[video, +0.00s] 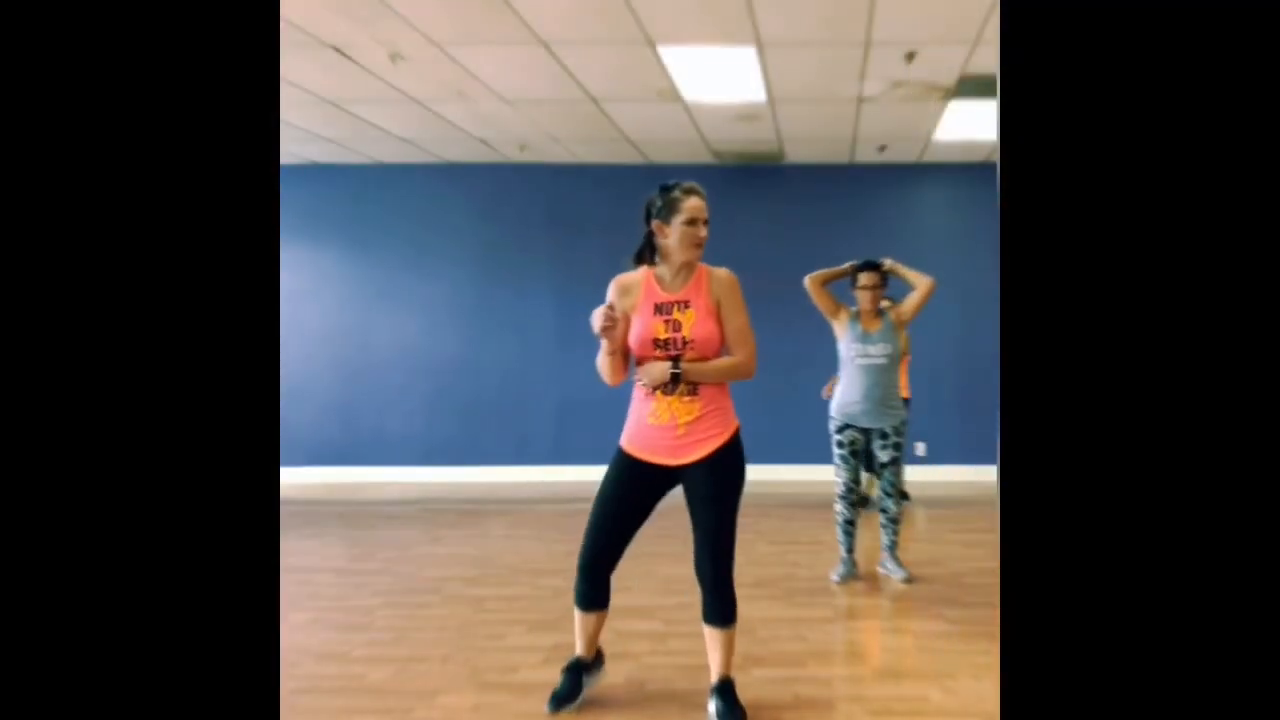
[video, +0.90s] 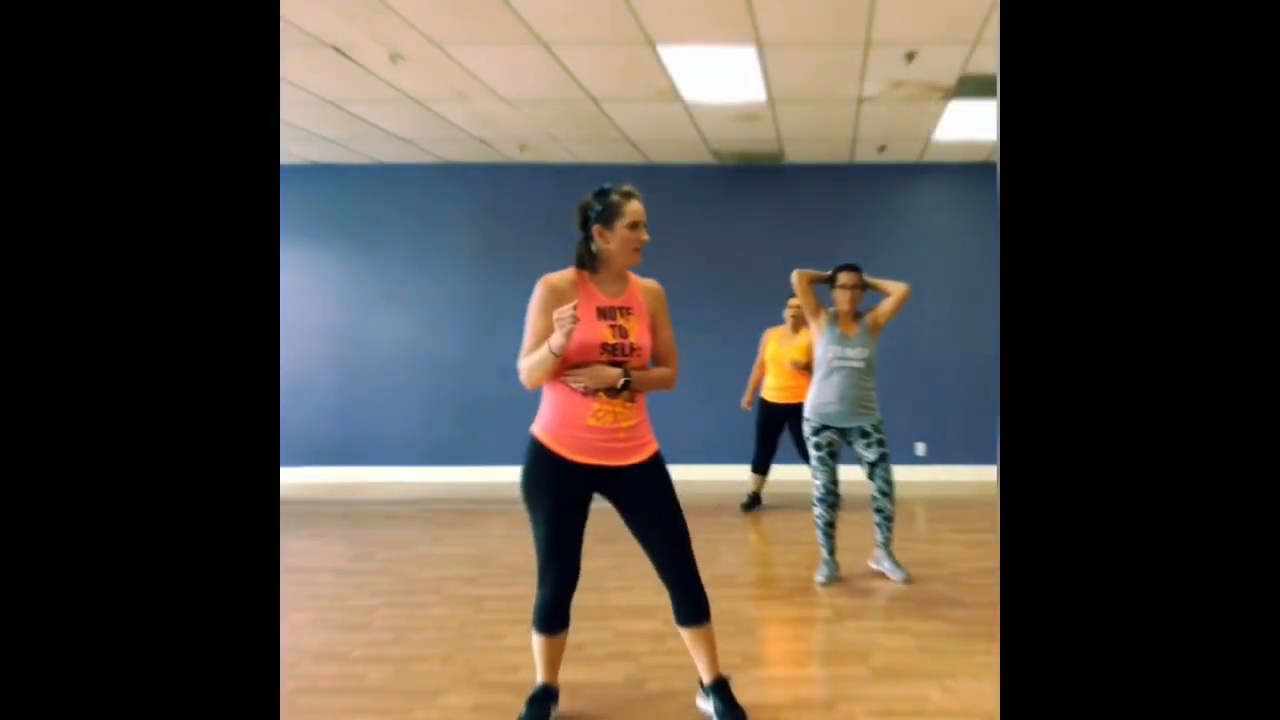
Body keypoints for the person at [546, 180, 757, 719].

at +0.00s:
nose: (702, 232)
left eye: (705, 223)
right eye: (691, 224)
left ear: (706, 228)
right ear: (659, 229)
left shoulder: (721, 283)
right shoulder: (627, 288)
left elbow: (745, 364)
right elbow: (613, 376)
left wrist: (678, 368)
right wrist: (610, 339)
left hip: (712, 445)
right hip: (644, 446)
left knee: (714, 571)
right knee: (593, 562)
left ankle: (722, 687)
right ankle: (584, 660)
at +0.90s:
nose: (644, 236)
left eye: (644, 226)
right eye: (634, 227)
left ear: (634, 233)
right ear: (599, 233)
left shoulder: (649, 295)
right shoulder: (555, 289)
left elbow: (667, 374)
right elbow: (528, 377)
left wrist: (620, 377)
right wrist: (557, 344)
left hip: (634, 457)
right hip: (560, 457)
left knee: (682, 572)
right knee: (556, 580)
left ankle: (714, 686)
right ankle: (545, 690)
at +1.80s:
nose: (631, 233)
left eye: (640, 223)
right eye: (621, 227)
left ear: (659, 227)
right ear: (610, 238)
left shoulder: (694, 286)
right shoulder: (603, 288)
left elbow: (724, 368)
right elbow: (556, 338)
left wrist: (656, 374)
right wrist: (595, 274)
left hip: (674, 453)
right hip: (602, 447)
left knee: (690, 578)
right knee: (575, 572)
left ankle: (718, 684)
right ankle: (547, 689)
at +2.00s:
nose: (656, 229)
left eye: (664, 218)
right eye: (646, 222)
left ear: (685, 221)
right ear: (637, 232)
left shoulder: (718, 278)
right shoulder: (631, 285)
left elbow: (753, 357)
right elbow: (575, 329)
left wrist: (687, 368)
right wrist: (612, 264)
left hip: (710, 444)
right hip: (642, 442)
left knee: (711, 572)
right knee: (605, 568)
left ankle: (722, 686)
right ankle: (586, 678)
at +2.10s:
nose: (664, 223)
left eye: (673, 212)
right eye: (654, 215)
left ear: (694, 215)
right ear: (645, 224)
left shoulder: (725, 271)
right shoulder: (637, 279)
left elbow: (760, 348)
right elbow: (568, 319)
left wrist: (693, 361)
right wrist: (610, 265)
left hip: (714, 439)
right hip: (647, 437)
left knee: (718, 568)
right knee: (632, 566)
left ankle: (722, 683)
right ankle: (657, 658)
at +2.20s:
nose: (670, 225)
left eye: (679, 215)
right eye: (661, 217)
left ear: (700, 221)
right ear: (651, 227)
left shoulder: (729, 274)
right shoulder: (639, 272)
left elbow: (764, 350)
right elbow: (560, 275)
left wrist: (697, 363)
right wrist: (559, 283)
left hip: (715, 442)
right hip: (649, 442)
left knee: (720, 567)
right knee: (668, 571)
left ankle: (725, 683)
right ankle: (696, 669)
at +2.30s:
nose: (672, 226)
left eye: (682, 217)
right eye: (663, 219)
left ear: (703, 225)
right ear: (654, 231)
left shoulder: (730, 283)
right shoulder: (640, 278)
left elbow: (763, 357)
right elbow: (559, 272)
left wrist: (700, 370)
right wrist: (502, 269)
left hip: (721, 445)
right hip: (654, 445)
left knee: (724, 569)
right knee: (636, 564)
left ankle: (726, 684)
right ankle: (677, 654)